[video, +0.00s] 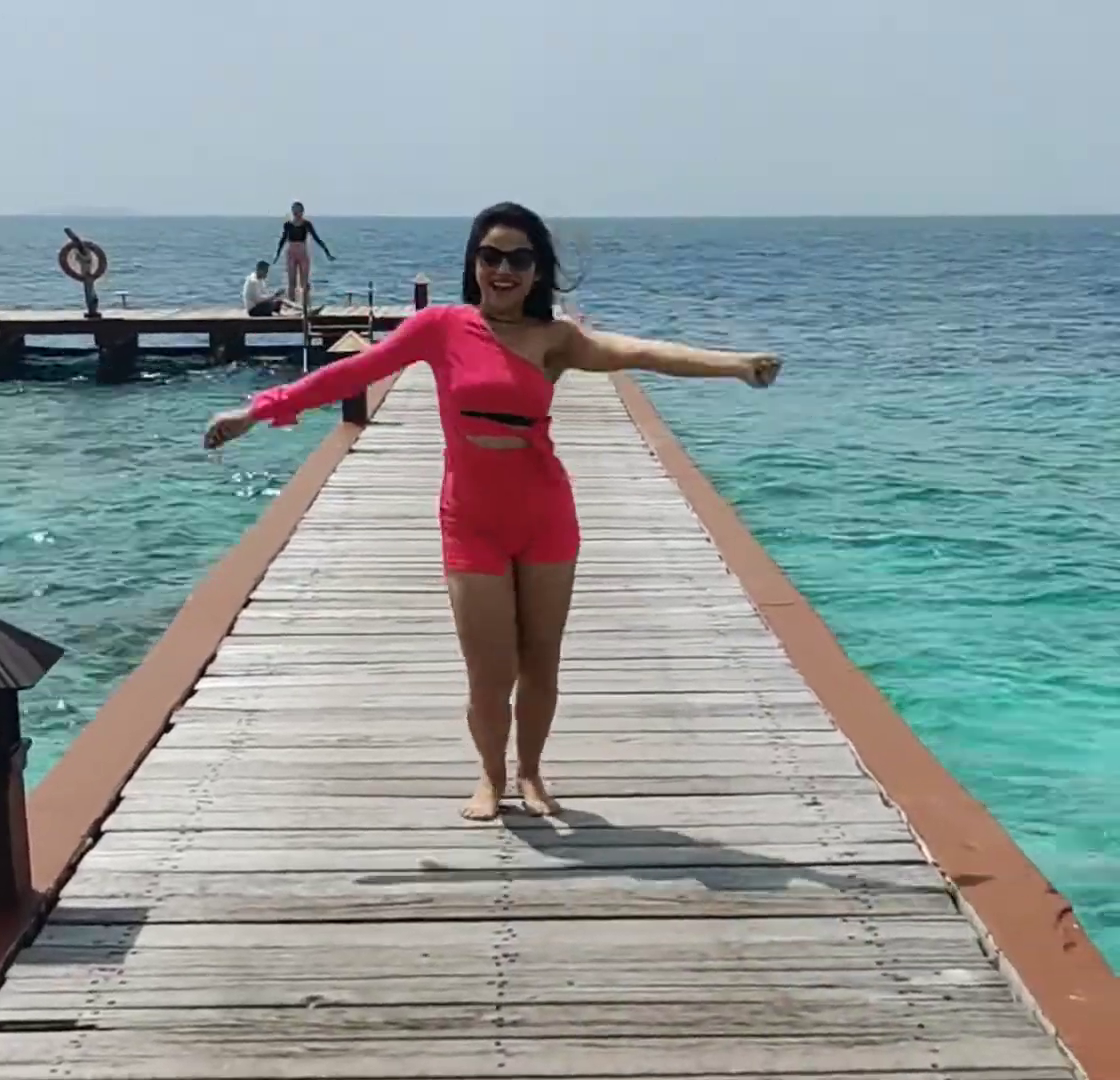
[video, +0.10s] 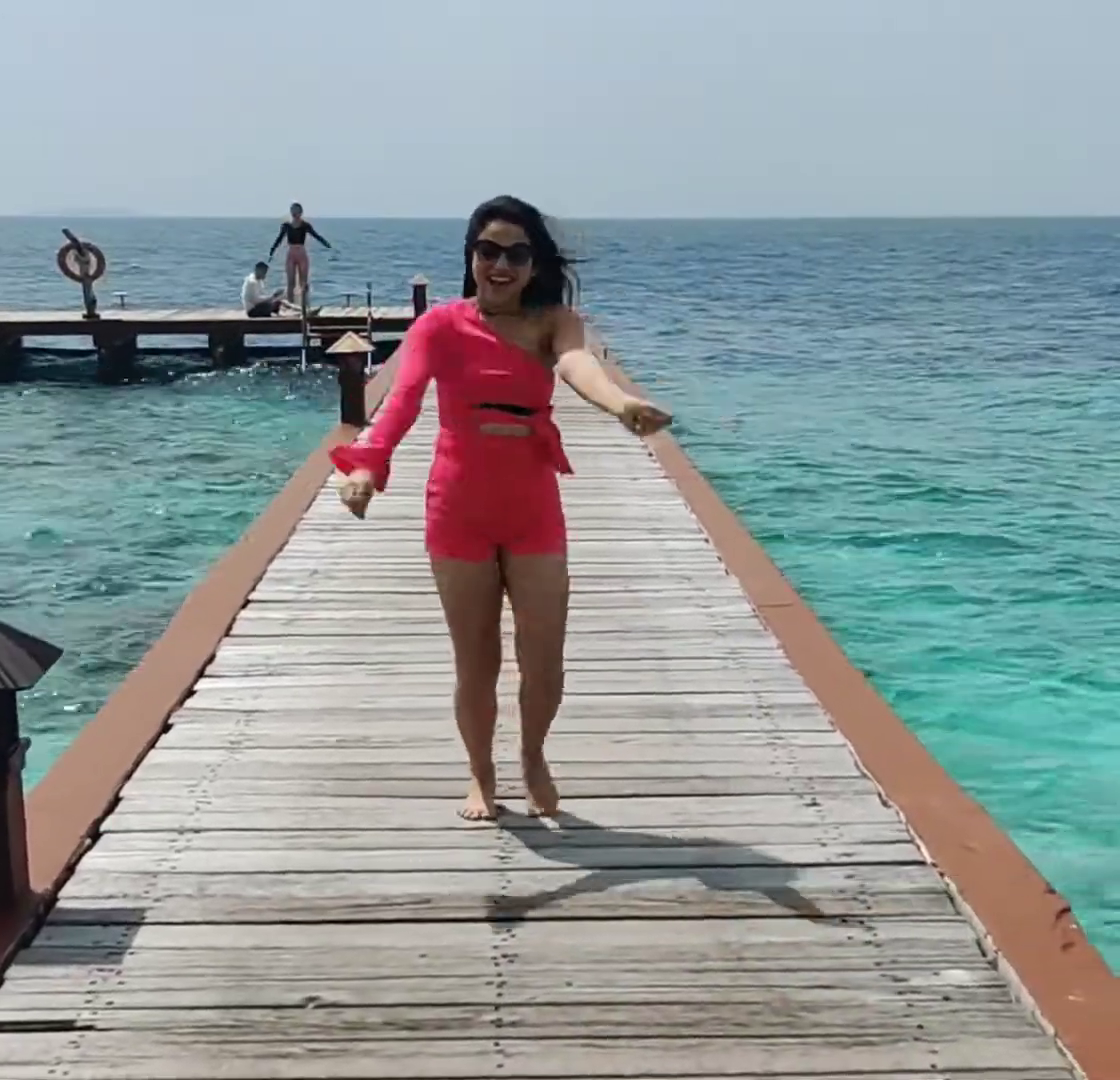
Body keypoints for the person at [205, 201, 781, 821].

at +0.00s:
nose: (504, 269)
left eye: (519, 259)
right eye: (490, 257)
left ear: (540, 268)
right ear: (472, 263)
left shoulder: (559, 338)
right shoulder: (441, 326)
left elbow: (645, 354)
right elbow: (349, 372)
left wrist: (738, 365)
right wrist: (257, 411)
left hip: (548, 516)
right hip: (471, 521)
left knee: (541, 664)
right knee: (489, 677)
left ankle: (531, 773)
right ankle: (493, 780)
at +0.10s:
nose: (500, 265)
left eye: (516, 254)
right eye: (487, 251)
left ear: (536, 263)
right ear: (471, 255)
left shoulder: (557, 323)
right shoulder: (440, 324)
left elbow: (582, 366)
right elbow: (403, 397)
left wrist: (624, 404)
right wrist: (368, 463)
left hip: (535, 507)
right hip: (458, 507)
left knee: (544, 663)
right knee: (477, 661)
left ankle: (534, 757)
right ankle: (482, 783)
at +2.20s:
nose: (562, 244)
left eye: (582, 236)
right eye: (552, 229)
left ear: (604, 250)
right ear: (534, 236)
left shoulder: (628, 314)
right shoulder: (500, 324)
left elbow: (719, 375)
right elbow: (452, 408)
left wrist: (705, 460)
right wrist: (433, 486)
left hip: (611, 524)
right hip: (525, 521)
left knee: (617, 694)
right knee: (470, 688)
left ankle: (633, 826)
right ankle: (463, 777)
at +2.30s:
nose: (557, 277)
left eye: (576, 268)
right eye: (546, 263)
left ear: (598, 281)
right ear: (528, 268)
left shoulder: (618, 351)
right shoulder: (490, 346)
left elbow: (695, 427)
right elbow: (421, 419)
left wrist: (765, 496)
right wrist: (370, 501)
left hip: (607, 539)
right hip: (524, 547)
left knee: (619, 702)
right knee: (510, 712)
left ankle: (623, 832)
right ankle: (478, 779)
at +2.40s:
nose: (540, 306)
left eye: (556, 295)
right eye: (527, 292)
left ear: (577, 306)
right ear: (510, 298)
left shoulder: (588, 389)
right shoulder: (470, 366)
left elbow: (649, 476)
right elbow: (401, 440)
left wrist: (730, 533)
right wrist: (324, 499)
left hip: (585, 556)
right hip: (506, 566)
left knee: (601, 709)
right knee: (515, 734)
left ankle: (607, 832)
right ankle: (468, 775)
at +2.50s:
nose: (503, 285)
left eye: (520, 277)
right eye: (491, 272)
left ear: (537, 288)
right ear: (470, 275)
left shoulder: (544, 371)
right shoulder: (425, 347)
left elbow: (553, 471)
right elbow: (386, 449)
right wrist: (346, 543)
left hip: (532, 537)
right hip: (449, 540)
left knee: (557, 680)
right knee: (462, 705)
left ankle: (583, 826)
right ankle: (440, 781)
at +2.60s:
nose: (464, 266)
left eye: (480, 256)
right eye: (452, 252)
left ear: (499, 265)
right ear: (431, 253)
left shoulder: (496, 335)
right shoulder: (395, 321)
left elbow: (477, 418)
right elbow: (367, 415)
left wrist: (489, 471)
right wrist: (399, 472)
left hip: (478, 499)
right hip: (400, 504)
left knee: (513, 655)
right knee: (416, 675)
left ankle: (541, 792)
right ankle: (412, 777)